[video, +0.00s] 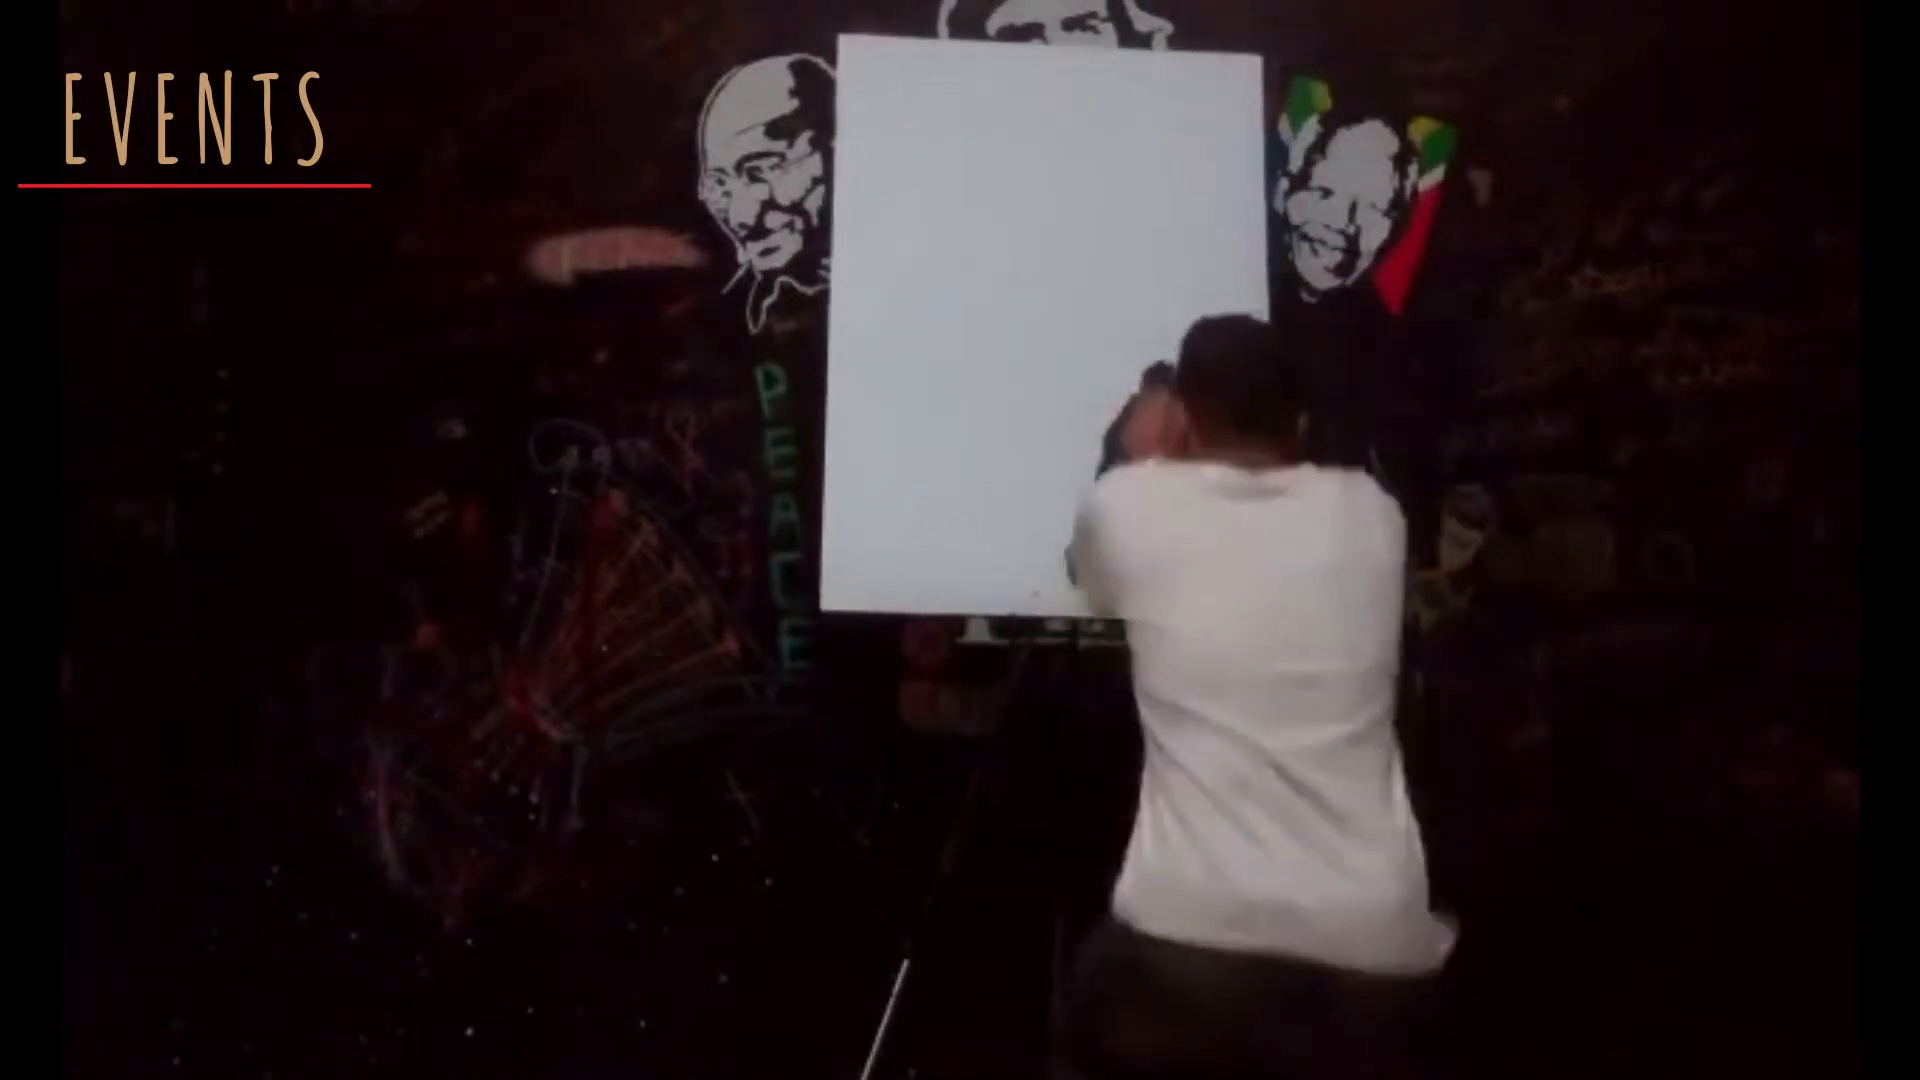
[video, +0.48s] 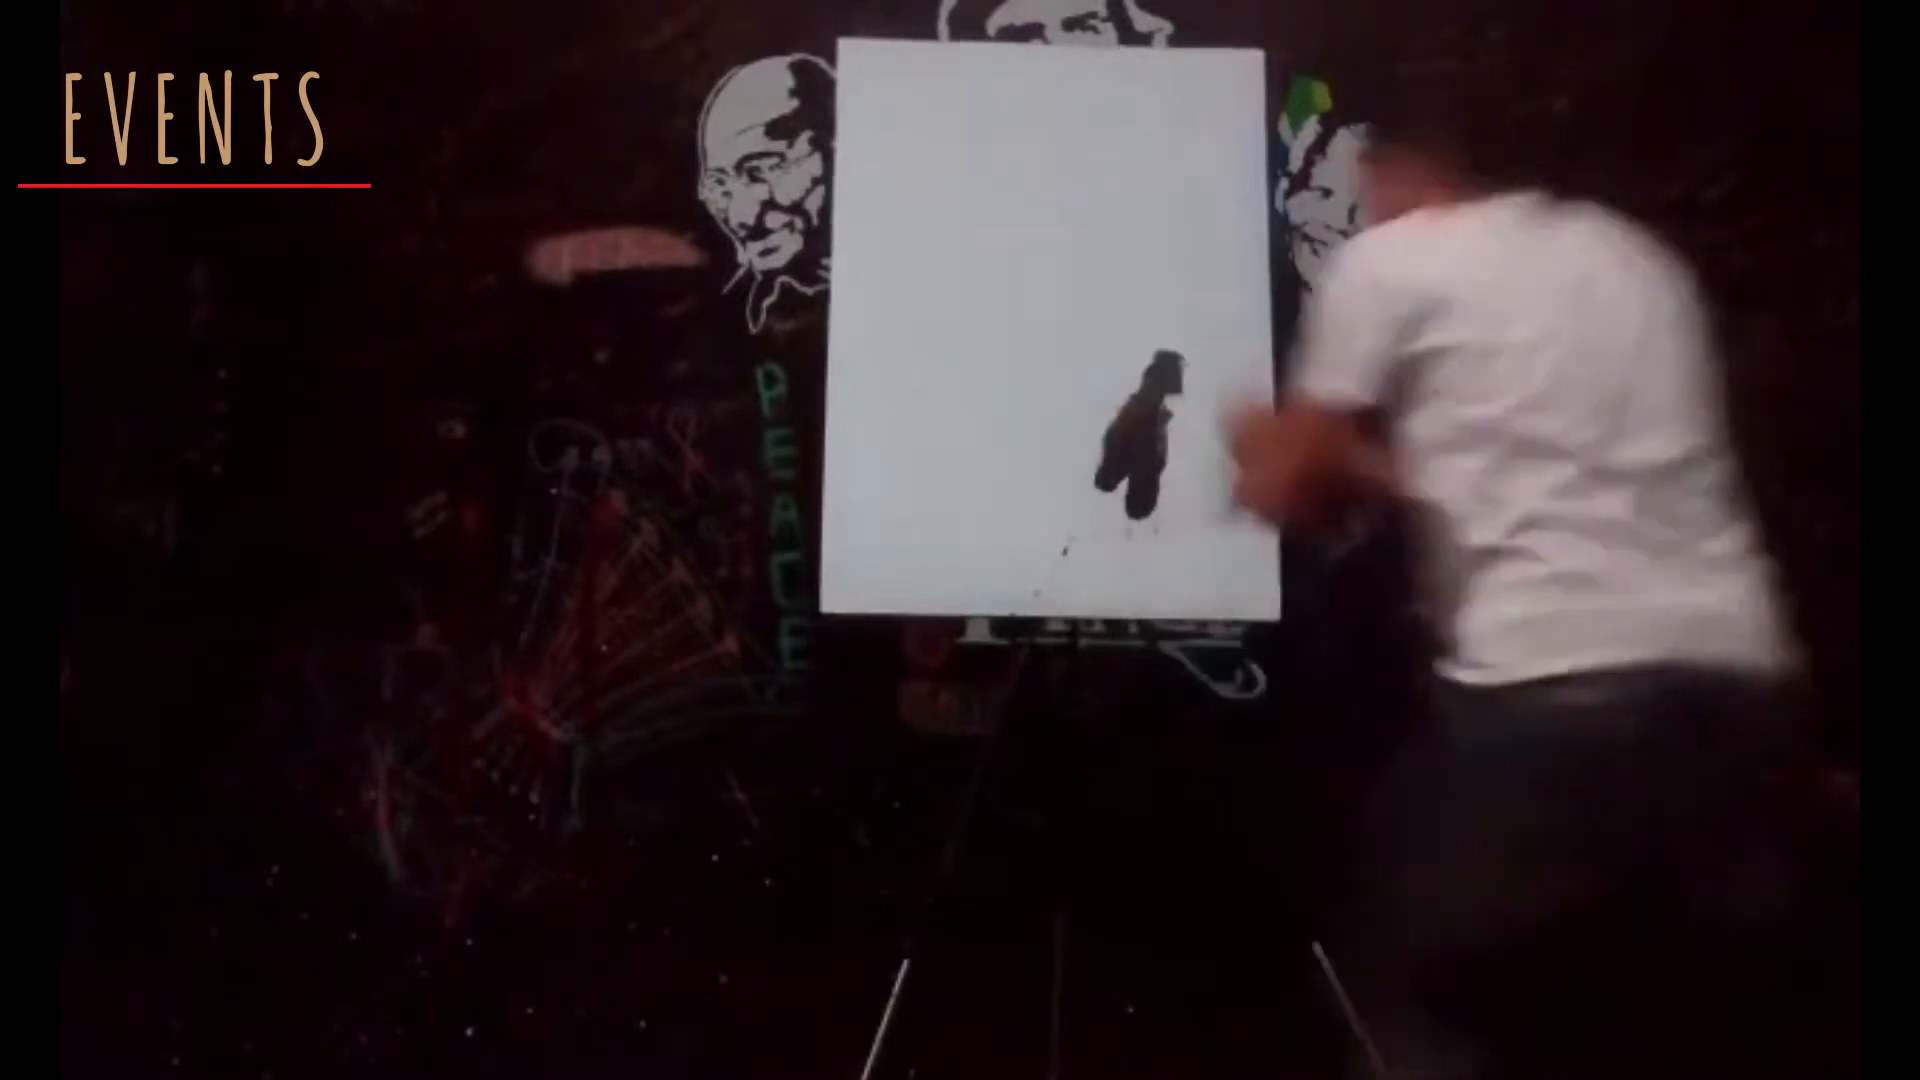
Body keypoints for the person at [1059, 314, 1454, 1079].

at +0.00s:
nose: (1171, 408)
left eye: (1179, 397)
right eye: (1177, 397)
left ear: (1191, 415)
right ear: (1298, 416)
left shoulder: (1131, 510)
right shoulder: (1374, 514)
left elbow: (1096, 574)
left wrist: (1133, 459)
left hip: (1189, 917)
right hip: (1376, 926)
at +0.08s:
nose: (1193, 378)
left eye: (1202, 368)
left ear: (1206, 382)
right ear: (1315, 380)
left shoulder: (1158, 468)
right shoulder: (1390, 472)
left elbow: (1092, 507)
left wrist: (1144, 415)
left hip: (1209, 882)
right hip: (1394, 887)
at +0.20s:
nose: (1208, 365)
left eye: (1214, 352)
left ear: (1222, 356)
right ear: (1334, 352)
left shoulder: (1191, 433)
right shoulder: (1414, 436)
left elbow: (1087, 462)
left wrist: (1147, 378)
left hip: (1243, 845)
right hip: (1433, 854)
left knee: (1110, 1018)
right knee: (1444, 1041)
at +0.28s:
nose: (1264, 313)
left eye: (1259, 297)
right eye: (1264, 300)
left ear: (1273, 286)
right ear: (1376, 277)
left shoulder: (1260, 344)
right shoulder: (1489, 347)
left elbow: (1122, 417)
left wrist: (1174, 301)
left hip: (1354, 770)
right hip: (1551, 773)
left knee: (1189, 988)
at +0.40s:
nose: (1304, 249)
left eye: (1305, 231)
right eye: (1311, 233)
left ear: (1316, 227)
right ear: (1417, 220)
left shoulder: (1317, 303)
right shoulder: (1541, 310)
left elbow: (1152, 422)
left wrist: (1205, 315)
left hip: (1424, 737)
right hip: (1625, 735)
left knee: (1261, 980)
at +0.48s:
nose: (1365, 208)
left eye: (1368, 192)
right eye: (1364, 195)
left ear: (1395, 176)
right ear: (1477, 167)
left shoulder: (1388, 261)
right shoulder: (1638, 252)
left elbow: (1294, 473)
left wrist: (1260, 441)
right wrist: (1371, 464)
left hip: (1544, 691)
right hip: (1742, 678)